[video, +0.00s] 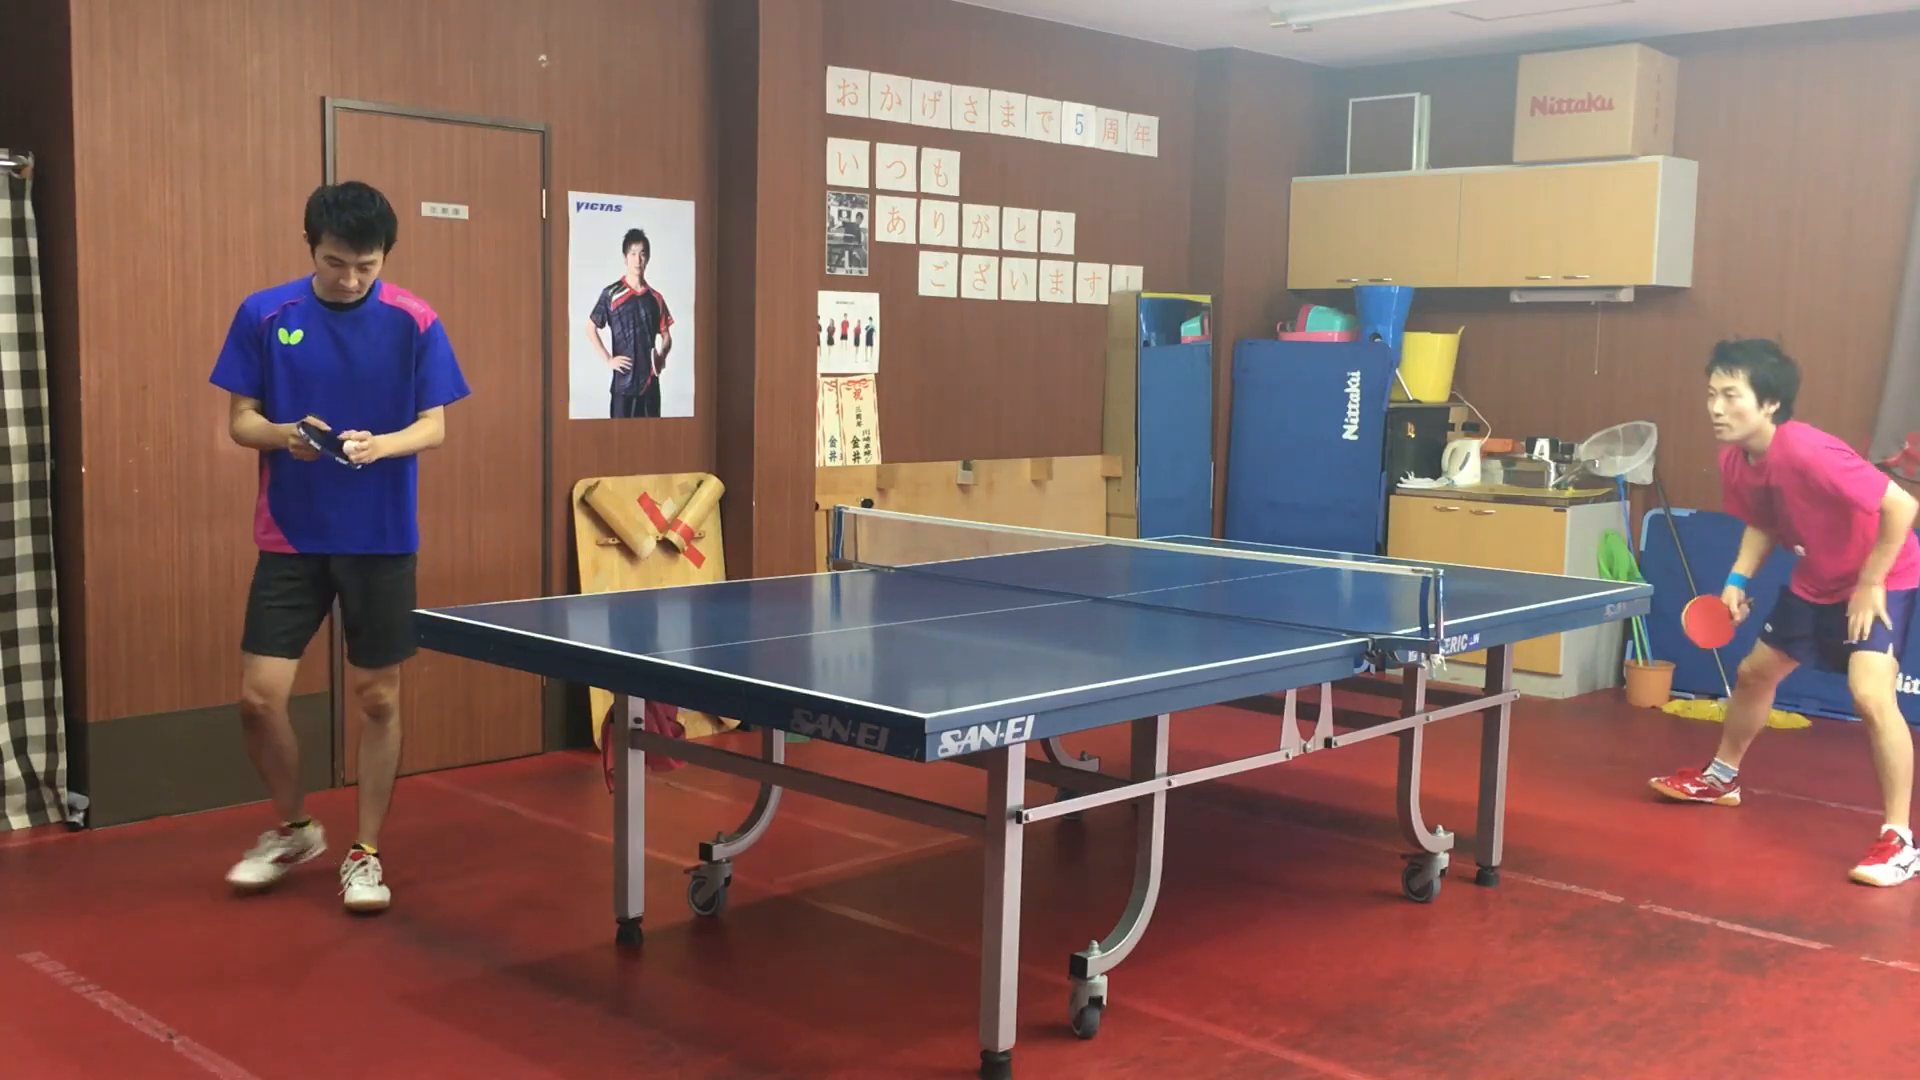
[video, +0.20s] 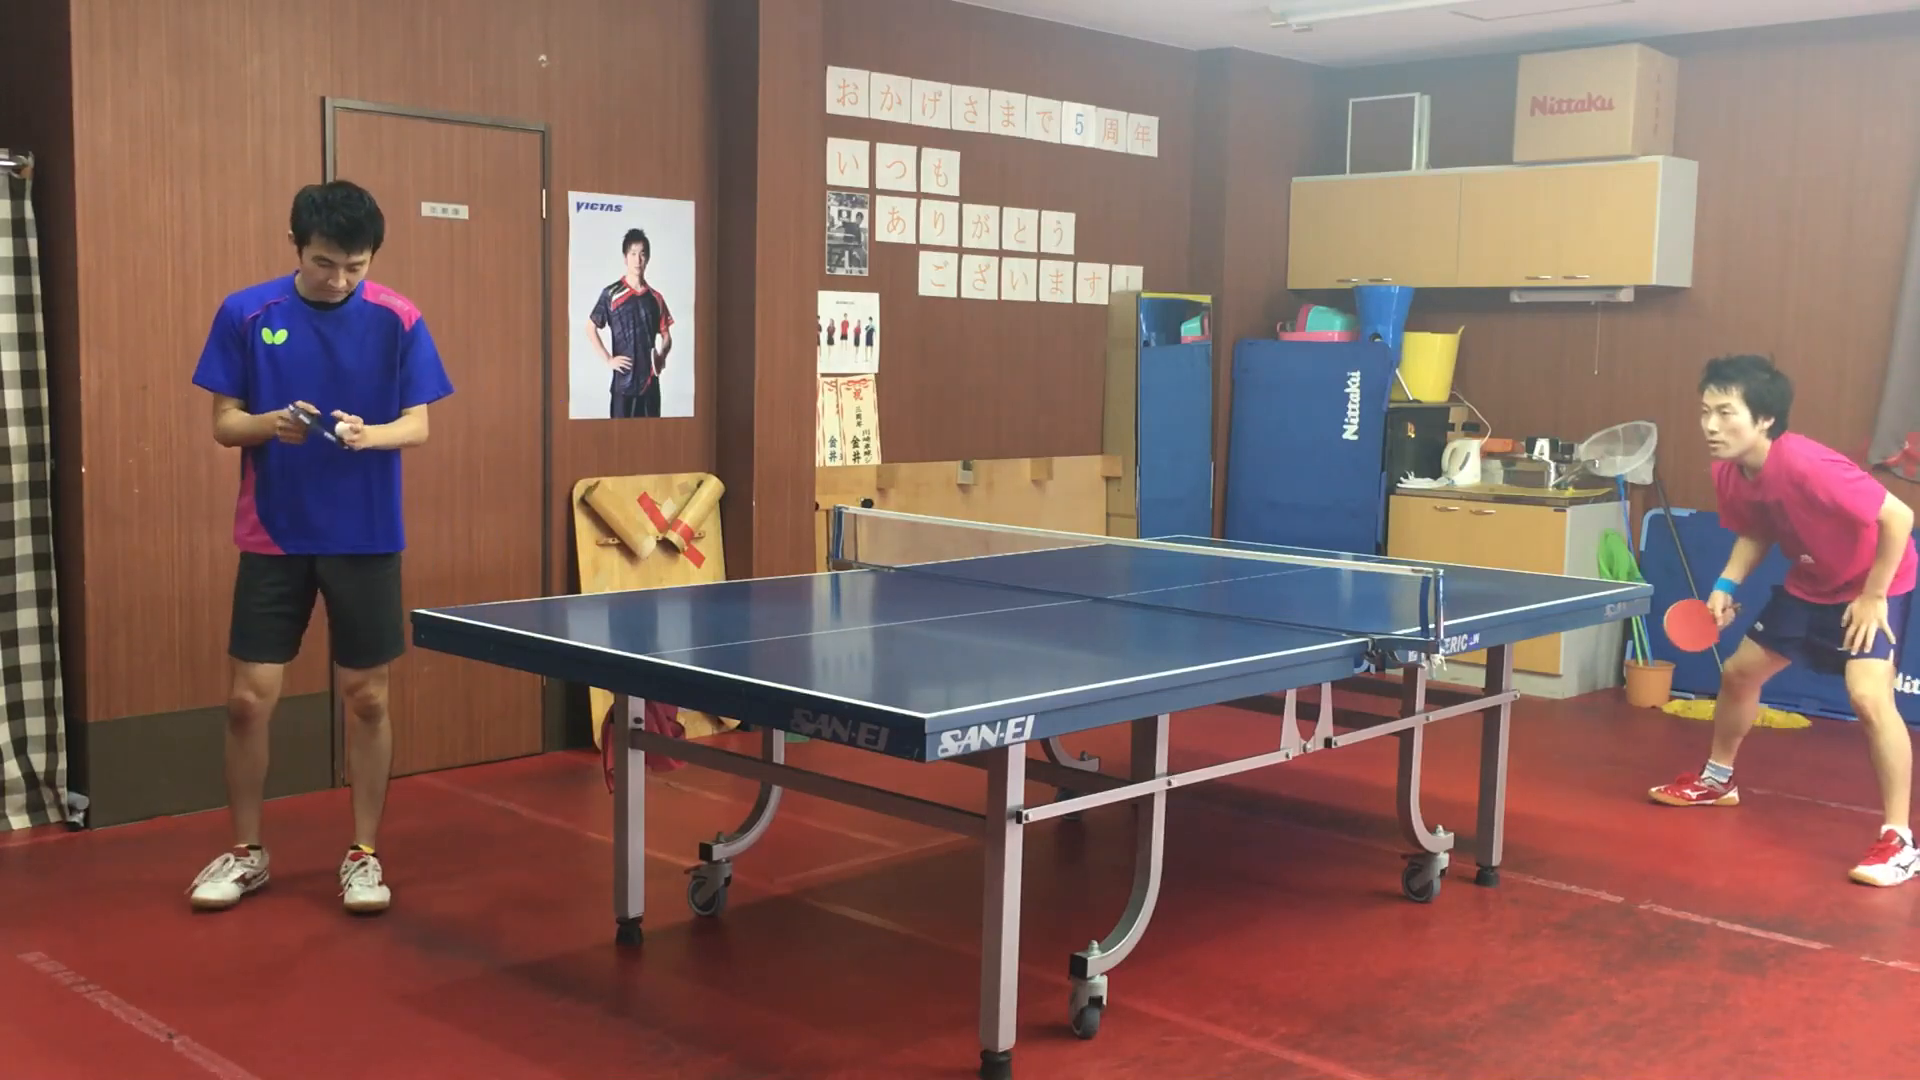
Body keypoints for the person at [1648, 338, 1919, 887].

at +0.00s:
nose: (1715, 407)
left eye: (1730, 395)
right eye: (1712, 395)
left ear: (1770, 405)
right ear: (1709, 398)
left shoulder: (1808, 452)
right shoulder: (1735, 461)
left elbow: (1902, 506)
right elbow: (1761, 522)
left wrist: (1871, 582)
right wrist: (1737, 580)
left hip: (1881, 580)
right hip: (1814, 578)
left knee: (1871, 697)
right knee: (1754, 673)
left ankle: (1899, 837)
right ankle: (1721, 776)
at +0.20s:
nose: (1709, 425)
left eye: (1724, 412)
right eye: (1705, 412)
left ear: (1766, 422)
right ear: (1701, 415)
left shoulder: (1807, 467)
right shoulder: (1728, 474)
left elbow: (1899, 517)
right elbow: (1755, 533)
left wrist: (1873, 595)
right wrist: (1725, 585)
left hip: (1876, 584)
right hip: (1808, 580)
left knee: (1869, 698)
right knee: (1739, 673)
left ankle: (1899, 838)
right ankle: (1716, 779)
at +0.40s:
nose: (1685, 427)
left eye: (1698, 415)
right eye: (1681, 415)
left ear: (1739, 424)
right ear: (1678, 418)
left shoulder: (1781, 467)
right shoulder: (1703, 474)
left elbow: (1865, 521)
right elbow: (1719, 537)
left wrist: (1846, 602)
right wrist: (1696, 586)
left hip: (1848, 588)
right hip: (1782, 584)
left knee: (1854, 696)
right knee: (1706, 666)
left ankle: (1897, 837)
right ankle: (1714, 779)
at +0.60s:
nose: (1669, 428)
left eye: (1683, 414)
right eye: (1666, 416)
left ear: (1724, 423)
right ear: (1663, 421)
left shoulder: (1767, 467)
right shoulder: (1694, 479)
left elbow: (1848, 525)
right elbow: (1707, 543)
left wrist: (1836, 604)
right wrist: (1686, 588)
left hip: (1844, 586)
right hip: (1776, 584)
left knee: (1853, 697)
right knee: (1700, 662)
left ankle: (1906, 835)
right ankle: (1713, 777)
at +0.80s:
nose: (1678, 446)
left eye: (1691, 433)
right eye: (1674, 434)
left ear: (1732, 440)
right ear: (1671, 438)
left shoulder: (1774, 483)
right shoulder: (1703, 493)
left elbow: (1856, 541)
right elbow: (1714, 557)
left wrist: (1838, 620)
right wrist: (1689, 600)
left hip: (1857, 592)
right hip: (1788, 592)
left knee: (1845, 698)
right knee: (1702, 666)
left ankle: (1906, 836)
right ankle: (1713, 777)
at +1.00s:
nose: (1690, 469)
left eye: (1703, 456)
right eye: (1685, 456)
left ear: (1744, 462)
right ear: (1679, 459)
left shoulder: (1791, 503)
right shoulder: (1713, 513)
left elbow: (1872, 556)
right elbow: (1715, 579)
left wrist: (1843, 633)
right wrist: (1690, 617)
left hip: (1869, 603)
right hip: (1796, 606)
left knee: (1838, 705)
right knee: (1704, 675)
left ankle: (1904, 837)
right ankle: (1713, 780)